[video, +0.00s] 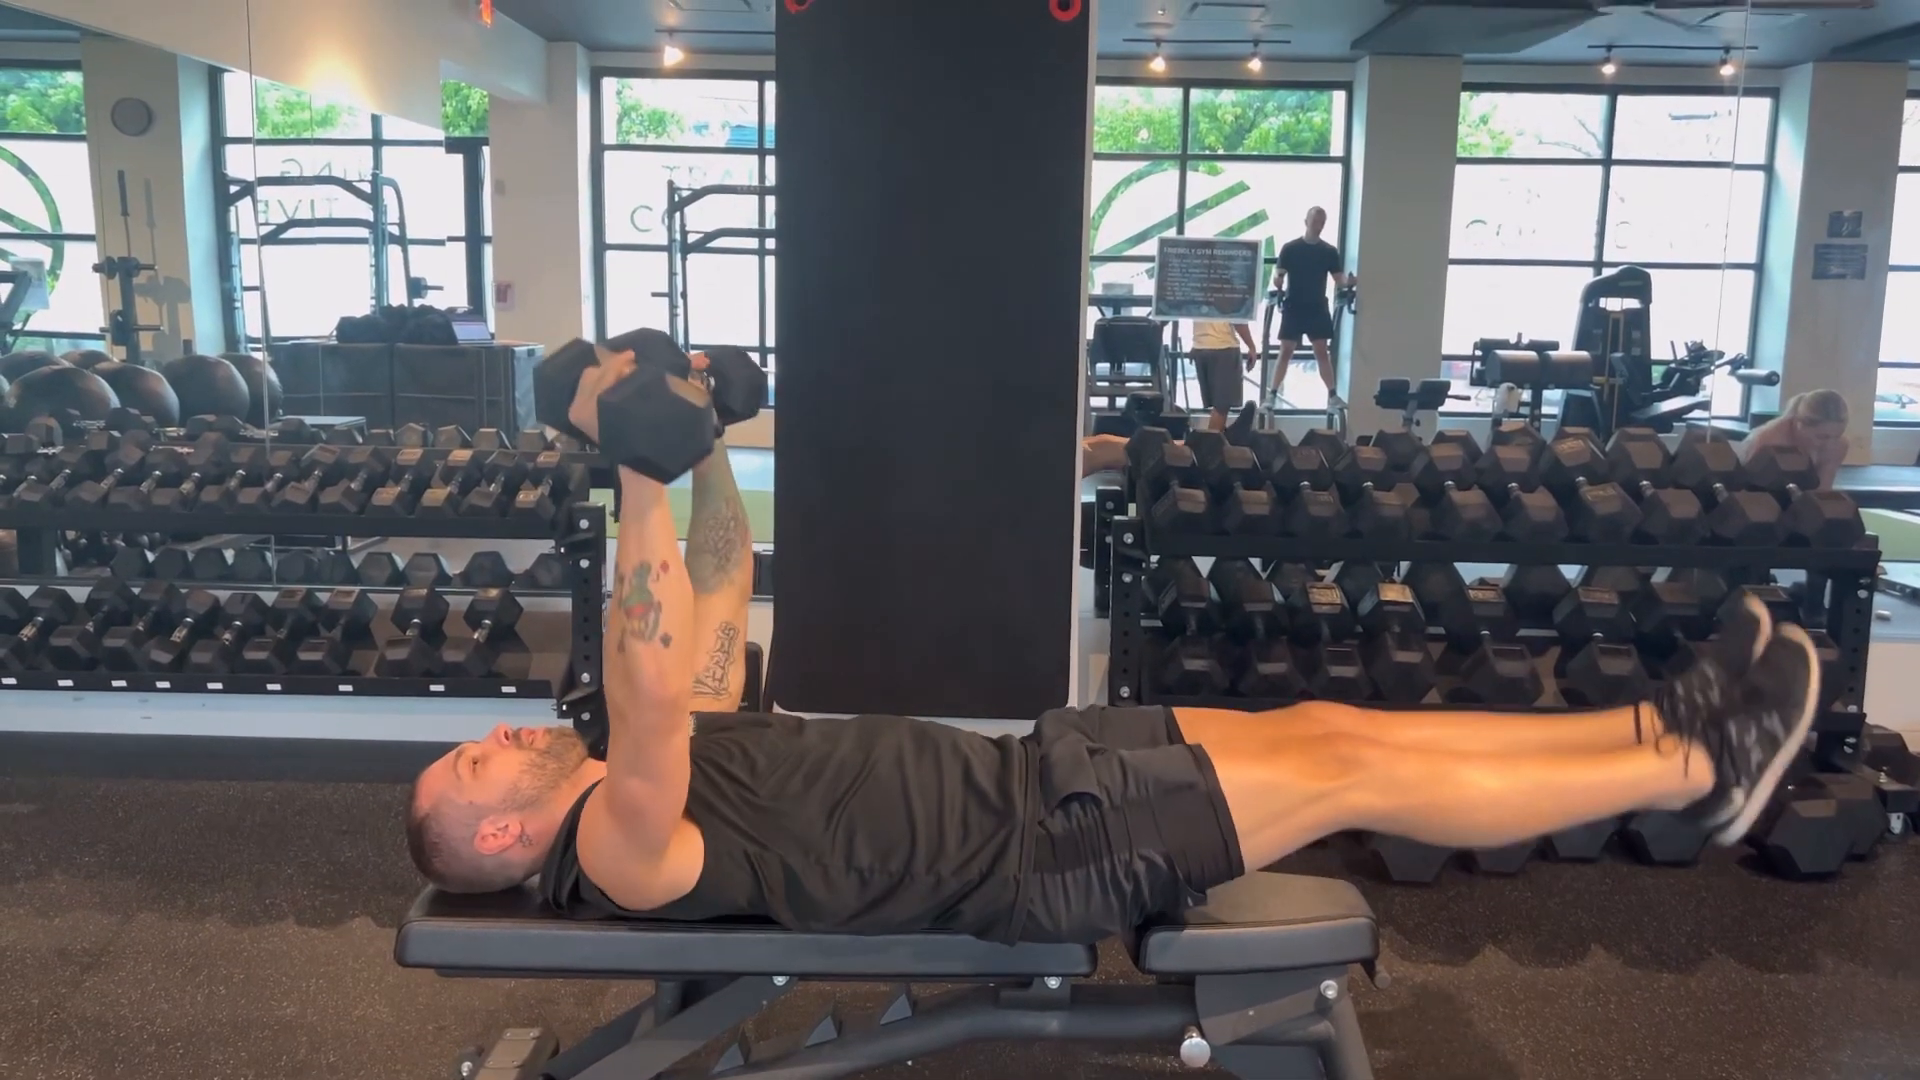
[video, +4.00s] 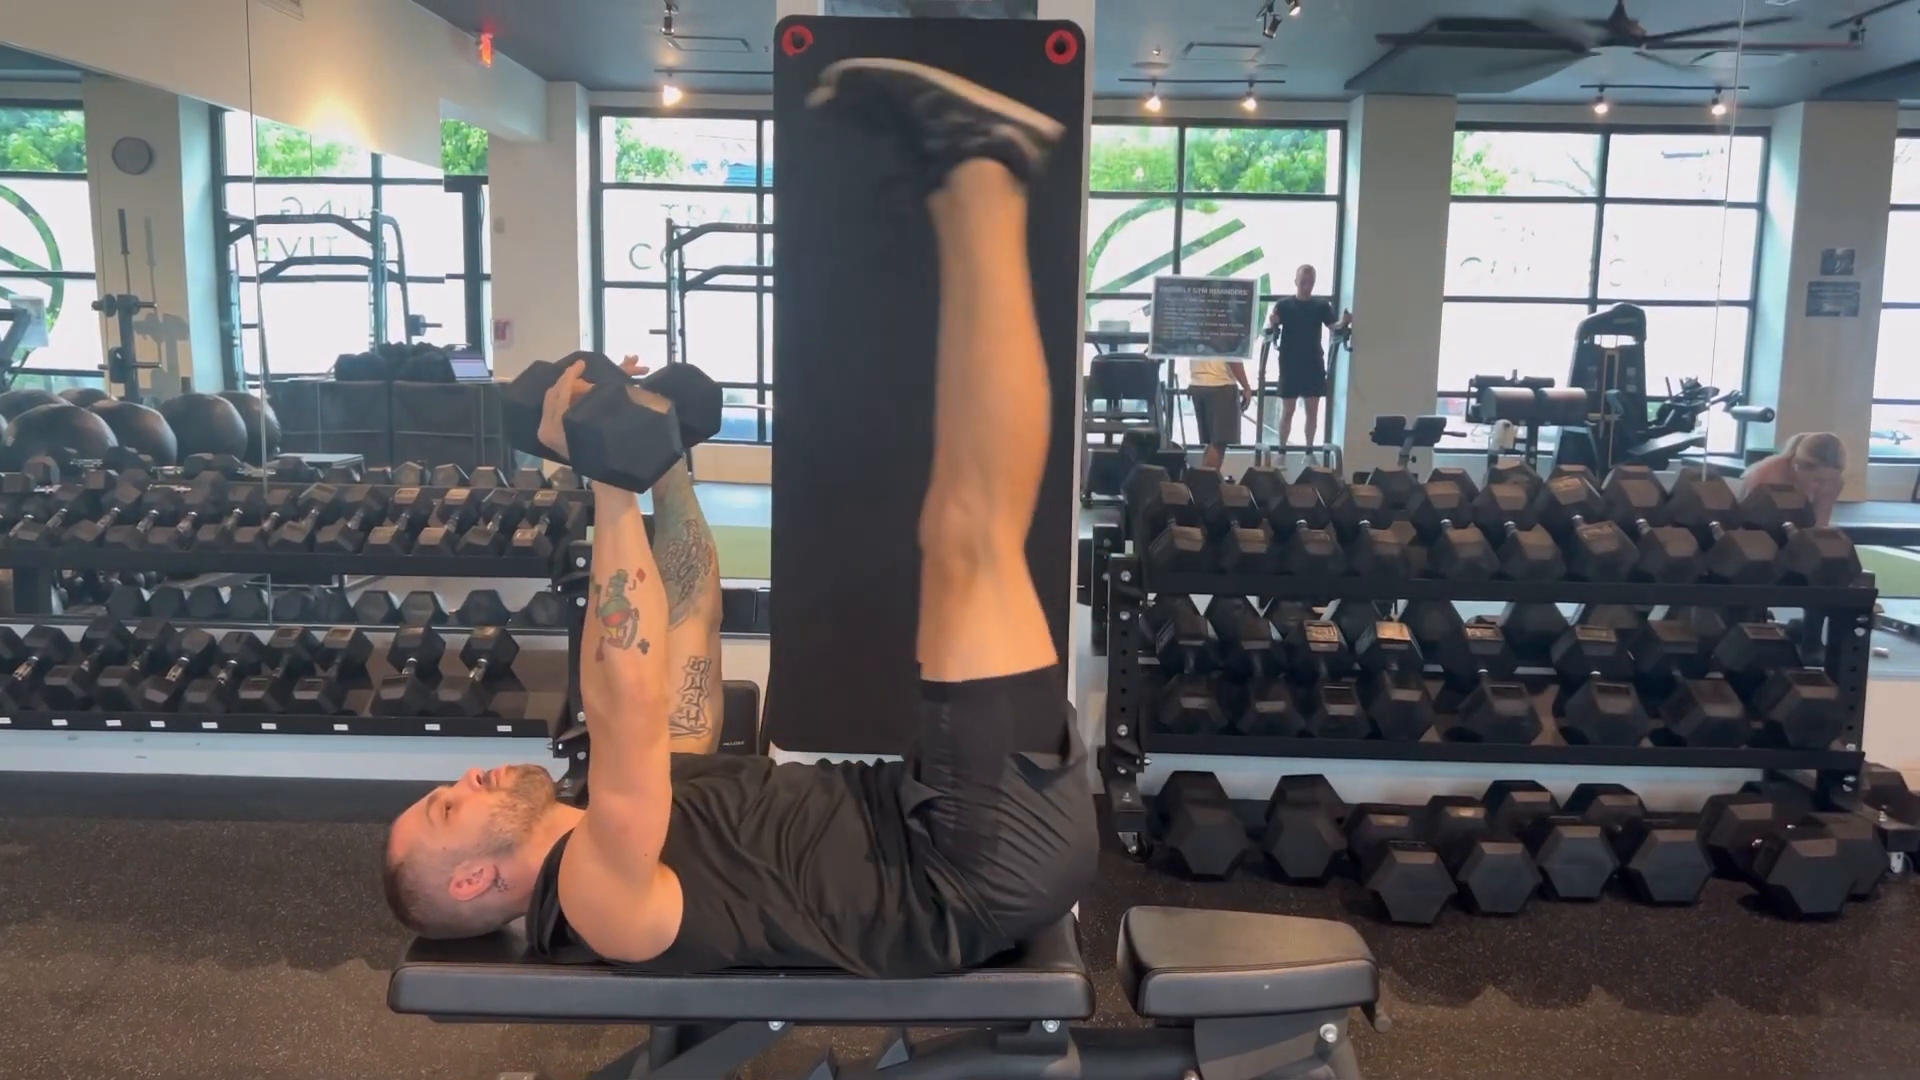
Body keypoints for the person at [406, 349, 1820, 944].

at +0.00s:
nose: (506, 746)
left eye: (483, 749)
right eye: (486, 776)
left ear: (537, 775)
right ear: (516, 851)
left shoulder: (647, 777)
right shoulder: (625, 848)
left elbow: (718, 627)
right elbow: (648, 660)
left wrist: (687, 463)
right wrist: (633, 477)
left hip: (1048, 754)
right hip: (1051, 831)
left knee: (1341, 721)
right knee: (1360, 777)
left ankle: (1664, 733)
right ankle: (1691, 771)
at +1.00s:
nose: (481, 750)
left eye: (450, 764)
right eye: (456, 779)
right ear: (490, 851)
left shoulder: (621, 814)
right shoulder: (608, 862)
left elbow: (691, 591)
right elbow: (626, 658)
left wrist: (657, 444)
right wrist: (607, 454)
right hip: (973, 826)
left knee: (897, 502)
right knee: (893, 505)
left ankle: (830, 157)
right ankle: (828, 154)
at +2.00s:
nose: (510, 772)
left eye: (489, 778)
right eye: (491, 802)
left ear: (546, 820)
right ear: (526, 876)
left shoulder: (660, 805)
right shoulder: (639, 876)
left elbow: (715, 638)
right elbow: (646, 670)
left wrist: (674, 471)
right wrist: (626, 489)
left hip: (1052, 783)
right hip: (1058, 858)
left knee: (1338, 720)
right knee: (1354, 755)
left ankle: (1656, 682)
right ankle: (1689, 705)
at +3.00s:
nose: (509, 787)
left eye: (490, 792)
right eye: (482, 817)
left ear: (536, 789)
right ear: (500, 881)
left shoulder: (647, 804)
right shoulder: (619, 894)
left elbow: (764, 707)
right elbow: (691, 877)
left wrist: (722, 591)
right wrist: (650, 666)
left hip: (1053, 791)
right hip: (1051, 865)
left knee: (1360, 794)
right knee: (1366, 842)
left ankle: (1683, 807)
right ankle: (1702, 853)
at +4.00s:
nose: (478, 773)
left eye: (446, 787)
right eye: (452, 802)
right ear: (487, 874)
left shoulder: (643, 820)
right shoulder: (609, 888)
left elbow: (691, 604)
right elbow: (625, 684)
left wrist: (660, 457)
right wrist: (612, 487)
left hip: (951, 825)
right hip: (973, 863)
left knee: (971, 528)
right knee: (968, 531)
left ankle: (979, 177)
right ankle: (977, 174)